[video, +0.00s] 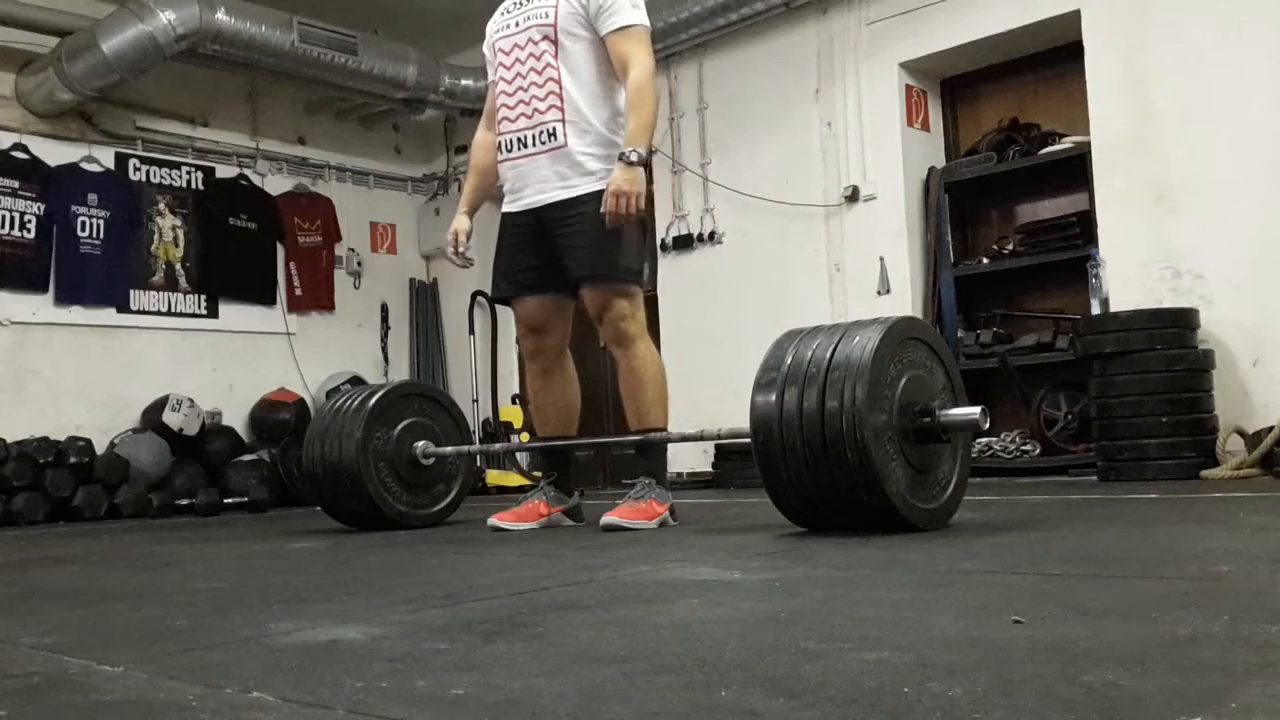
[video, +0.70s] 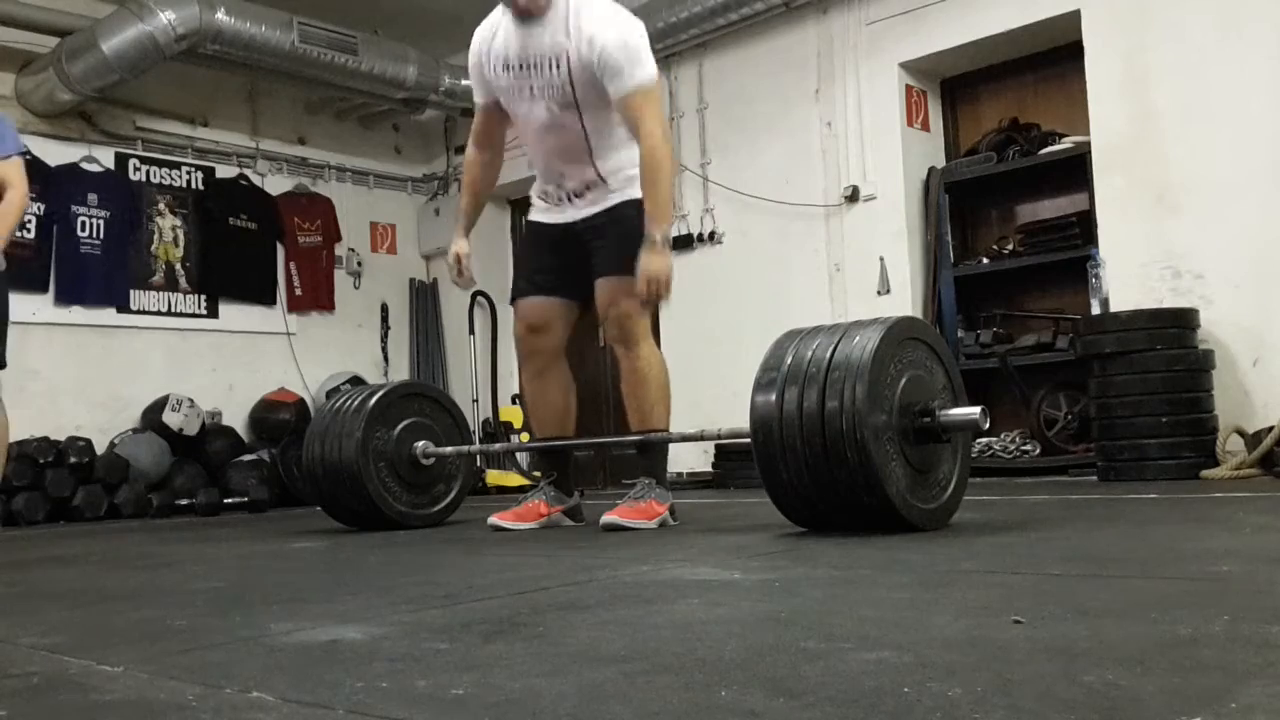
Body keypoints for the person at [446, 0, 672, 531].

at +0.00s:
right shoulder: (498, 22)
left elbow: (639, 66)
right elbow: (491, 124)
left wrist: (632, 159)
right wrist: (466, 207)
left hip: (595, 185)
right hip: (524, 201)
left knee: (621, 325)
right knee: (537, 337)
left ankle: (652, 487)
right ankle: (556, 491)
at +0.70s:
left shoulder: (607, 28)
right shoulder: (489, 40)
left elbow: (652, 133)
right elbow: (484, 145)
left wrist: (658, 240)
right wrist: (462, 231)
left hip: (619, 195)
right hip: (550, 205)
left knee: (624, 320)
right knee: (535, 330)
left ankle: (652, 486)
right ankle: (555, 490)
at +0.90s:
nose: (533, 116)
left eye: (540, 100)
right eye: (516, 106)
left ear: (557, 69)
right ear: (493, 94)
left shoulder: (608, 110)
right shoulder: (488, 111)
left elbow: (660, 231)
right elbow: (493, 192)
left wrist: (671, 346)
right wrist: (482, 279)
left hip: (640, 214)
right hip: (569, 223)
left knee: (631, 314)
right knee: (533, 332)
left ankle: (654, 487)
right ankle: (558, 491)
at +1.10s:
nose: (528, 196)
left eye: (535, 179)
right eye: (513, 188)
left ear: (549, 143)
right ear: (489, 174)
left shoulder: (606, 168)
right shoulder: (489, 169)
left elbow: (659, 289)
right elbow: (502, 229)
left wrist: (678, 404)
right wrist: (503, 318)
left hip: (656, 220)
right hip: (579, 234)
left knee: (633, 313)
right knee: (531, 337)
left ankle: (654, 488)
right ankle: (558, 492)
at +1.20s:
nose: (508, 227)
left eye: (516, 214)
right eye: (496, 220)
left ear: (536, 174)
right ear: (478, 202)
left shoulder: (602, 188)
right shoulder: (493, 185)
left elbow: (662, 294)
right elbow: (502, 252)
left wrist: (682, 405)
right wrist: (507, 341)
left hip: (660, 217)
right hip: (581, 239)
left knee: (633, 315)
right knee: (535, 336)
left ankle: (655, 488)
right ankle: (558, 491)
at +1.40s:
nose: (469, 252)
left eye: (473, 241)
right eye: (460, 246)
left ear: (499, 211)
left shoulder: (577, 199)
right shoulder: (481, 226)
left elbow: (651, 297)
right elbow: (506, 309)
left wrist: (681, 409)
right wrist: (511, 402)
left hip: (665, 210)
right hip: (586, 237)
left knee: (633, 315)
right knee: (538, 338)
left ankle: (654, 489)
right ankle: (559, 491)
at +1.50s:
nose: (464, 265)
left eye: (466, 254)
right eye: (454, 260)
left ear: (488, 219)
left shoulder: (567, 200)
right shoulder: (478, 241)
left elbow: (640, 298)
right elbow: (505, 327)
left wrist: (676, 410)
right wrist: (509, 421)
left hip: (664, 210)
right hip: (589, 235)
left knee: (636, 320)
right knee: (538, 338)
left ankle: (654, 489)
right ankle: (558, 492)